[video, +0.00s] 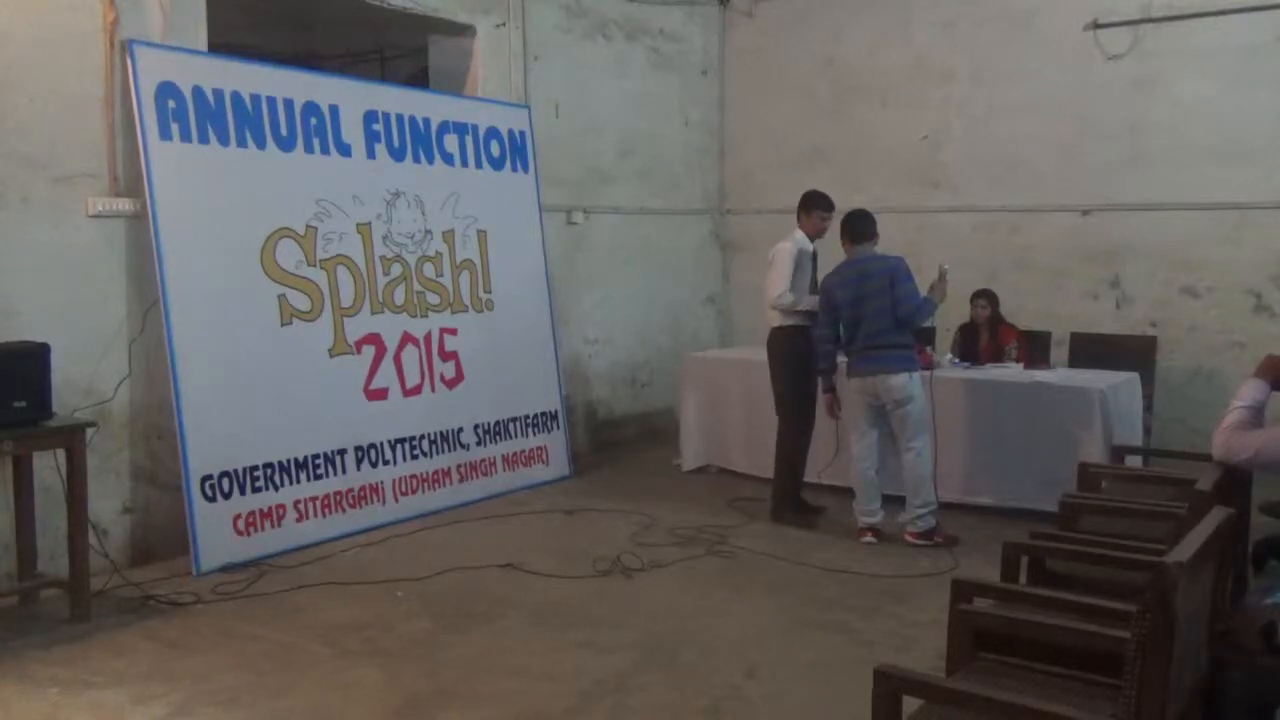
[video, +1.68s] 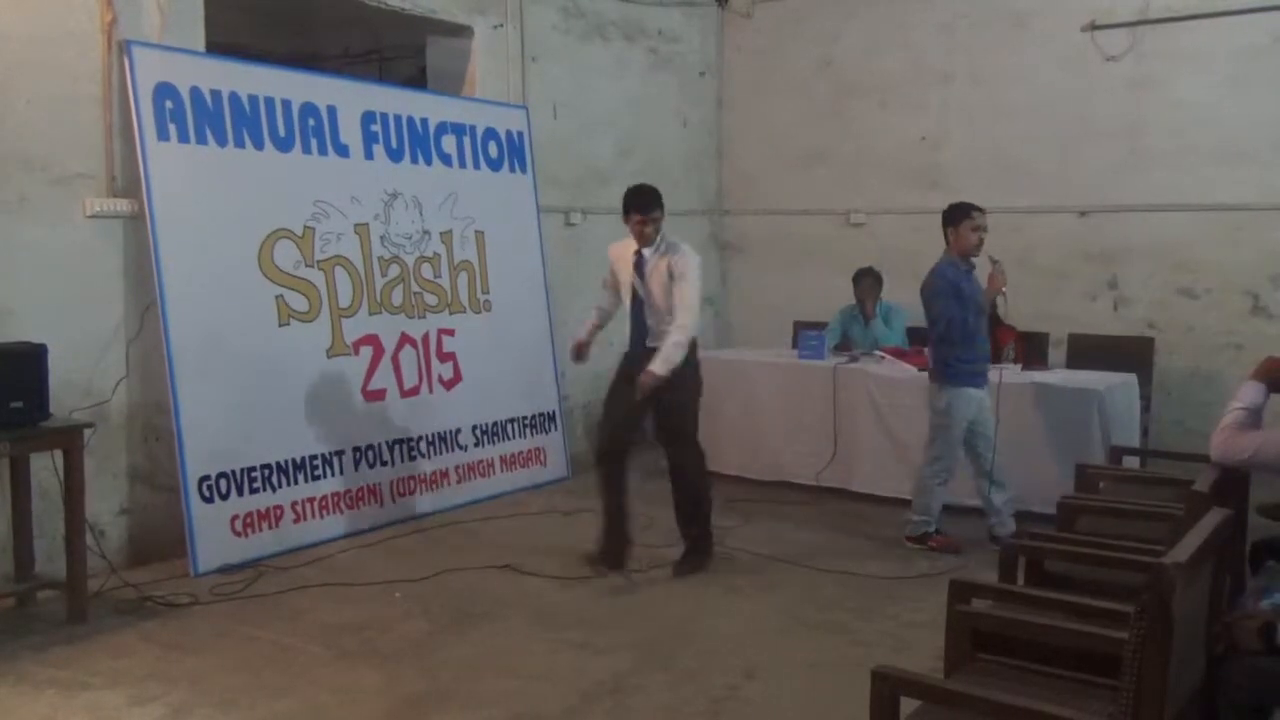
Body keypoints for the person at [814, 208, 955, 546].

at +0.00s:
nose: (873, 242)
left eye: (843, 240)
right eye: (874, 236)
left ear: (843, 241)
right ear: (877, 237)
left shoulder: (833, 281)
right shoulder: (894, 266)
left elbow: (825, 337)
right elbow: (912, 316)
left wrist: (827, 386)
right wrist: (934, 297)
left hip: (859, 376)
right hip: (899, 374)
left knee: (863, 450)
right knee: (915, 446)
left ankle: (868, 524)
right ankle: (920, 524)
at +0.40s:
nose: (897, 239)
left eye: (897, 232)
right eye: (895, 232)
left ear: (864, 235)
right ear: (881, 233)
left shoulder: (841, 280)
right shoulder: (893, 269)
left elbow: (834, 337)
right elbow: (909, 317)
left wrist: (838, 384)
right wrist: (940, 293)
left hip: (863, 376)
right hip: (898, 374)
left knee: (865, 448)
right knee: (915, 447)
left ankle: (867, 524)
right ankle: (919, 526)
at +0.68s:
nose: (921, 235)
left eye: (920, 228)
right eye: (915, 229)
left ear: (890, 234)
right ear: (895, 233)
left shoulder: (864, 274)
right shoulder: (902, 272)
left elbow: (859, 332)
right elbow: (905, 327)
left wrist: (868, 363)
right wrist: (944, 306)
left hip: (874, 375)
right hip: (904, 377)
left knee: (876, 448)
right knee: (915, 452)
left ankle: (869, 523)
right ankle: (920, 527)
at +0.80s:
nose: (931, 234)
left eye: (931, 227)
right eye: (924, 228)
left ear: (900, 235)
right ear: (903, 233)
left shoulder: (878, 273)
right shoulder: (910, 274)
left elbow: (878, 331)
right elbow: (915, 330)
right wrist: (951, 306)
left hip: (884, 375)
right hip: (913, 378)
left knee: (884, 451)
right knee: (920, 454)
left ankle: (870, 522)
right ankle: (920, 527)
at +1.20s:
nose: (952, 234)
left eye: (953, 227)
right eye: (946, 227)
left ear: (931, 232)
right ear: (923, 231)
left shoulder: (928, 271)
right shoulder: (920, 275)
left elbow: (937, 325)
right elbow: (933, 332)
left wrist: (967, 307)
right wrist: (966, 304)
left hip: (933, 377)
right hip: (928, 379)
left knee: (932, 448)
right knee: (931, 451)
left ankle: (910, 514)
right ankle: (920, 529)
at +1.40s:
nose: (963, 234)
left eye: (964, 227)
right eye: (956, 227)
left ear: (950, 232)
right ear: (933, 231)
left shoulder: (943, 272)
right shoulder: (925, 276)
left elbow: (946, 327)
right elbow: (936, 334)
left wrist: (971, 308)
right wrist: (970, 306)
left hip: (950, 379)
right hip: (933, 381)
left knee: (962, 453)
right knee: (933, 455)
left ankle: (961, 521)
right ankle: (919, 528)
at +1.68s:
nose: (981, 237)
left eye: (983, 231)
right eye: (974, 230)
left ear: (968, 234)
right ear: (952, 232)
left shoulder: (967, 277)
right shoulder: (939, 280)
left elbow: (973, 327)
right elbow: (954, 332)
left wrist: (991, 298)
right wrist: (986, 296)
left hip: (976, 384)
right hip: (951, 385)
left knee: (988, 463)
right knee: (941, 461)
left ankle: (1003, 529)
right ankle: (921, 527)